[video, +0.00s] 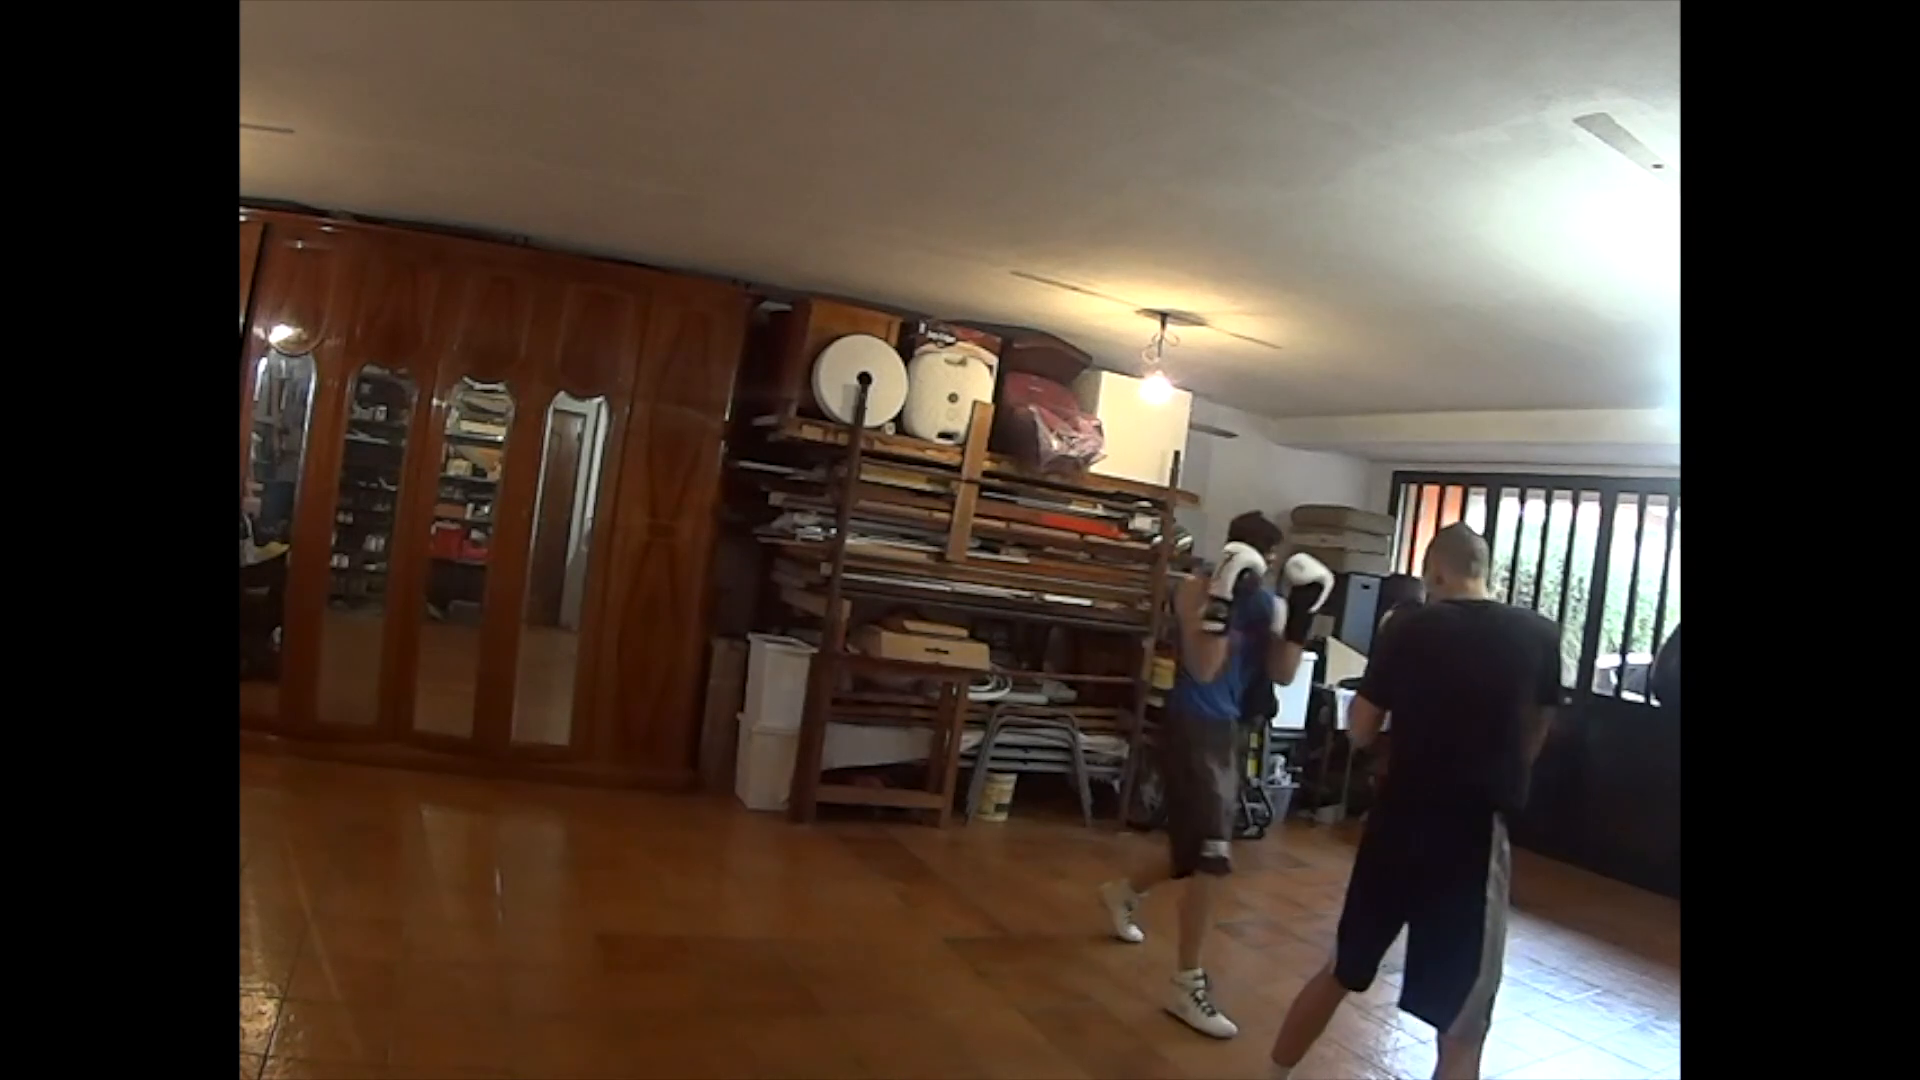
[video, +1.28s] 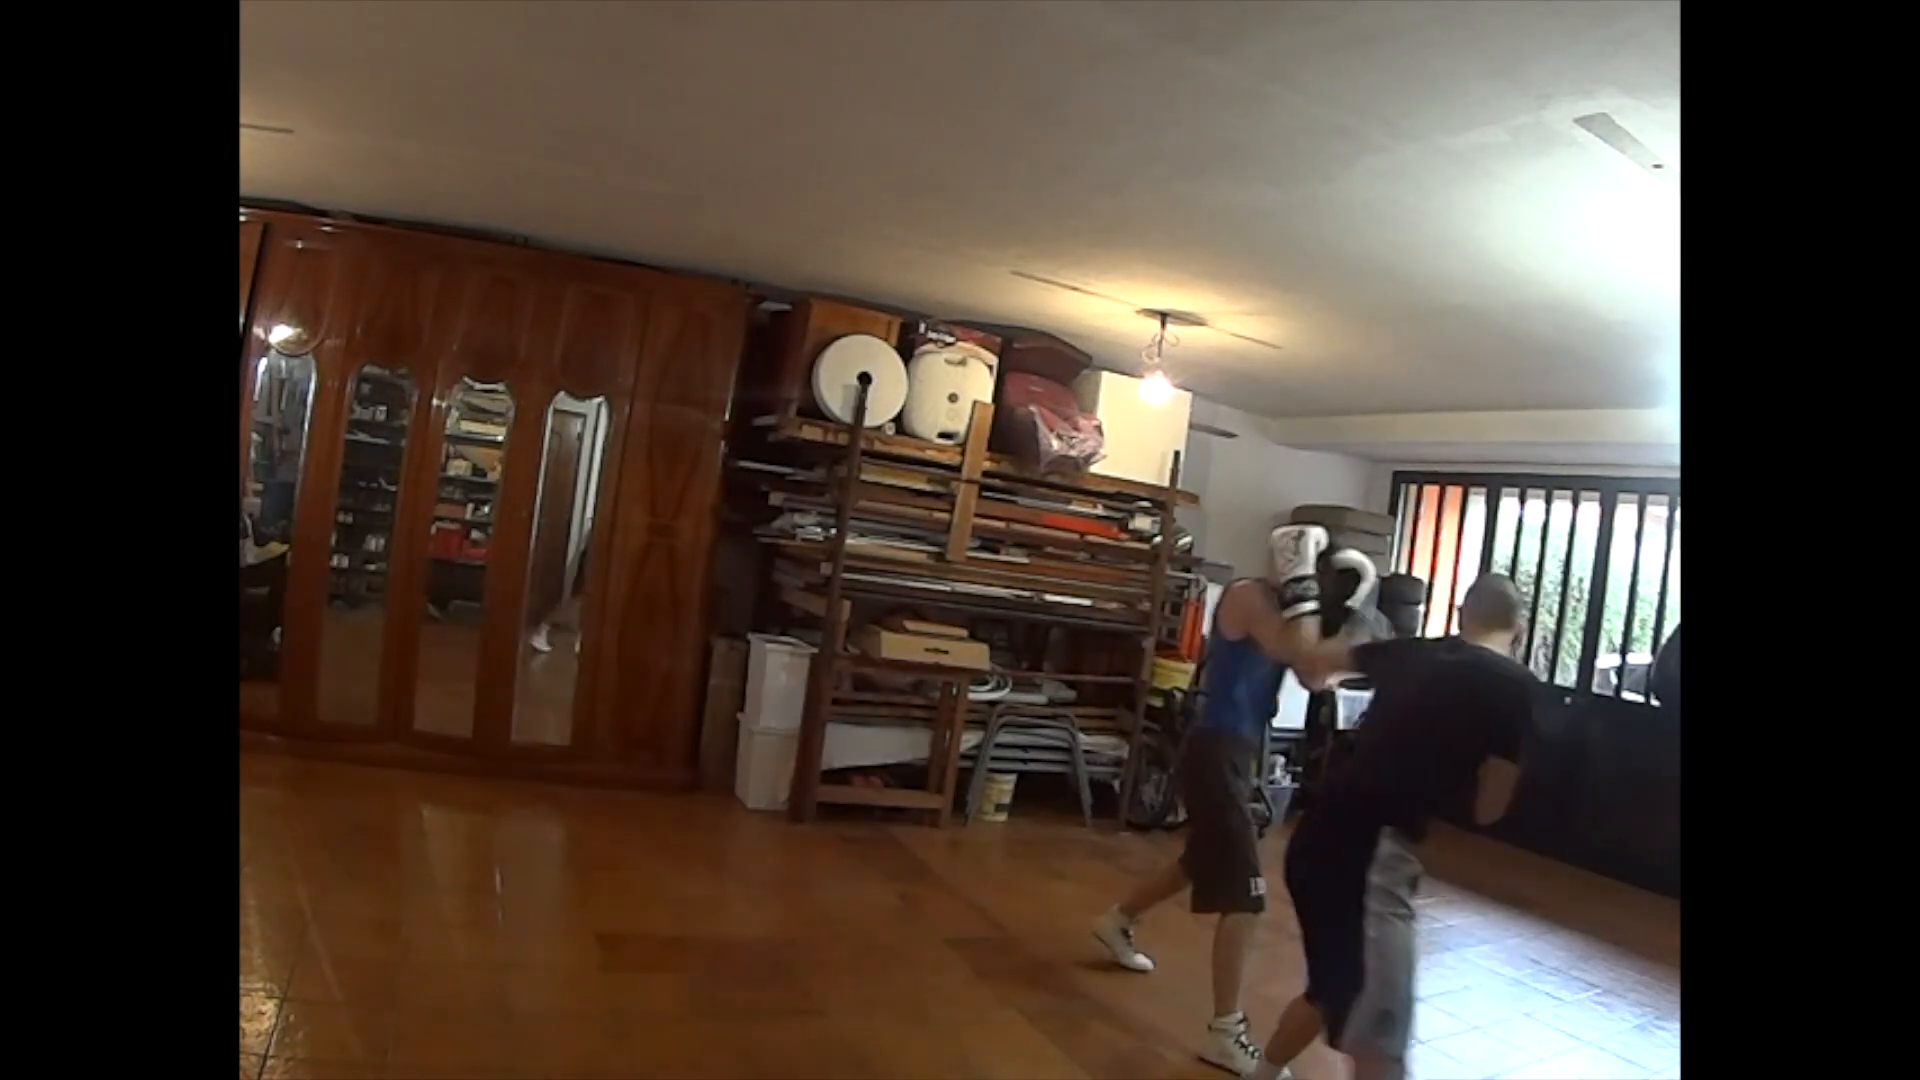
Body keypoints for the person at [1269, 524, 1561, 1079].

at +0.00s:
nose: (1428, 584)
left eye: (1427, 575)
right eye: (1430, 577)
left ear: (1434, 571)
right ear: (1486, 570)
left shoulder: (1407, 626)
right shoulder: (1536, 634)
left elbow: (1361, 729)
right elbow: (1533, 742)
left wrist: (1412, 740)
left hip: (1398, 816)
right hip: (1476, 832)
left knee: (1342, 970)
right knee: (1466, 1024)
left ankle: (1274, 1069)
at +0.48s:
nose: (1482, 584)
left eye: (1483, 575)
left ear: (1491, 578)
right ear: (1547, 584)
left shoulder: (1444, 637)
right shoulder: (1580, 659)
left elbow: (1370, 726)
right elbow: (1552, 770)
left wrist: (1423, 709)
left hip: (1405, 835)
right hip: (1484, 858)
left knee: (1346, 982)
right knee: (1486, 1036)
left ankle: (1270, 1070)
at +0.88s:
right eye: (1552, 603)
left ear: (1492, 591)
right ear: (1549, 605)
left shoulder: (1433, 648)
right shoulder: (1563, 686)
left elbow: (1349, 724)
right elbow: (1532, 776)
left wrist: (1390, 760)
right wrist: (1473, 775)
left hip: (1378, 848)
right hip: (1453, 875)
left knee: (1347, 986)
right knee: (1480, 1048)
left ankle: (1272, 1072)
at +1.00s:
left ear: (1518, 619)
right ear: (1580, 641)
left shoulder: (1441, 676)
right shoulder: (1580, 730)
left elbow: (1356, 744)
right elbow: (1530, 827)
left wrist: (1398, 779)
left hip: (1371, 874)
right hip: (1450, 913)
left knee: (1351, 987)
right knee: (1474, 1064)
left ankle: (1264, 1071)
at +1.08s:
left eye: (1511, 609)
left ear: (1509, 615)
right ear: (1569, 638)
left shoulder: (1440, 669)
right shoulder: (1571, 722)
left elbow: (1367, 689)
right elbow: (1534, 828)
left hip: (1362, 866)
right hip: (1437, 902)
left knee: (1347, 987)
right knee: (1459, 1066)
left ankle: (1265, 1070)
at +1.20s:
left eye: (1478, 608)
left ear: (1474, 612)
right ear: (1528, 630)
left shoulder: (1418, 653)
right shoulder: (1526, 688)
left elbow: (1366, 633)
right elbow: (1498, 810)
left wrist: (1357, 588)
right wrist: (1440, 774)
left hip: (1333, 843)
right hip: (1394, 864)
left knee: (1335, 986)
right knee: (1409, 1055)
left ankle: (1264, 1071)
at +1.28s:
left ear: (1460, 617)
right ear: (1518, 631)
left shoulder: (1413, 652)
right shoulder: (1514, 685)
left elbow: (1312, 664)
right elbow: (1487, 810)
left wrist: (1299, 595)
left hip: (1319, 839)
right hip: (1377, 858)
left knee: (1331, 986)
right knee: (1380, 1042)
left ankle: (1264, 1070)